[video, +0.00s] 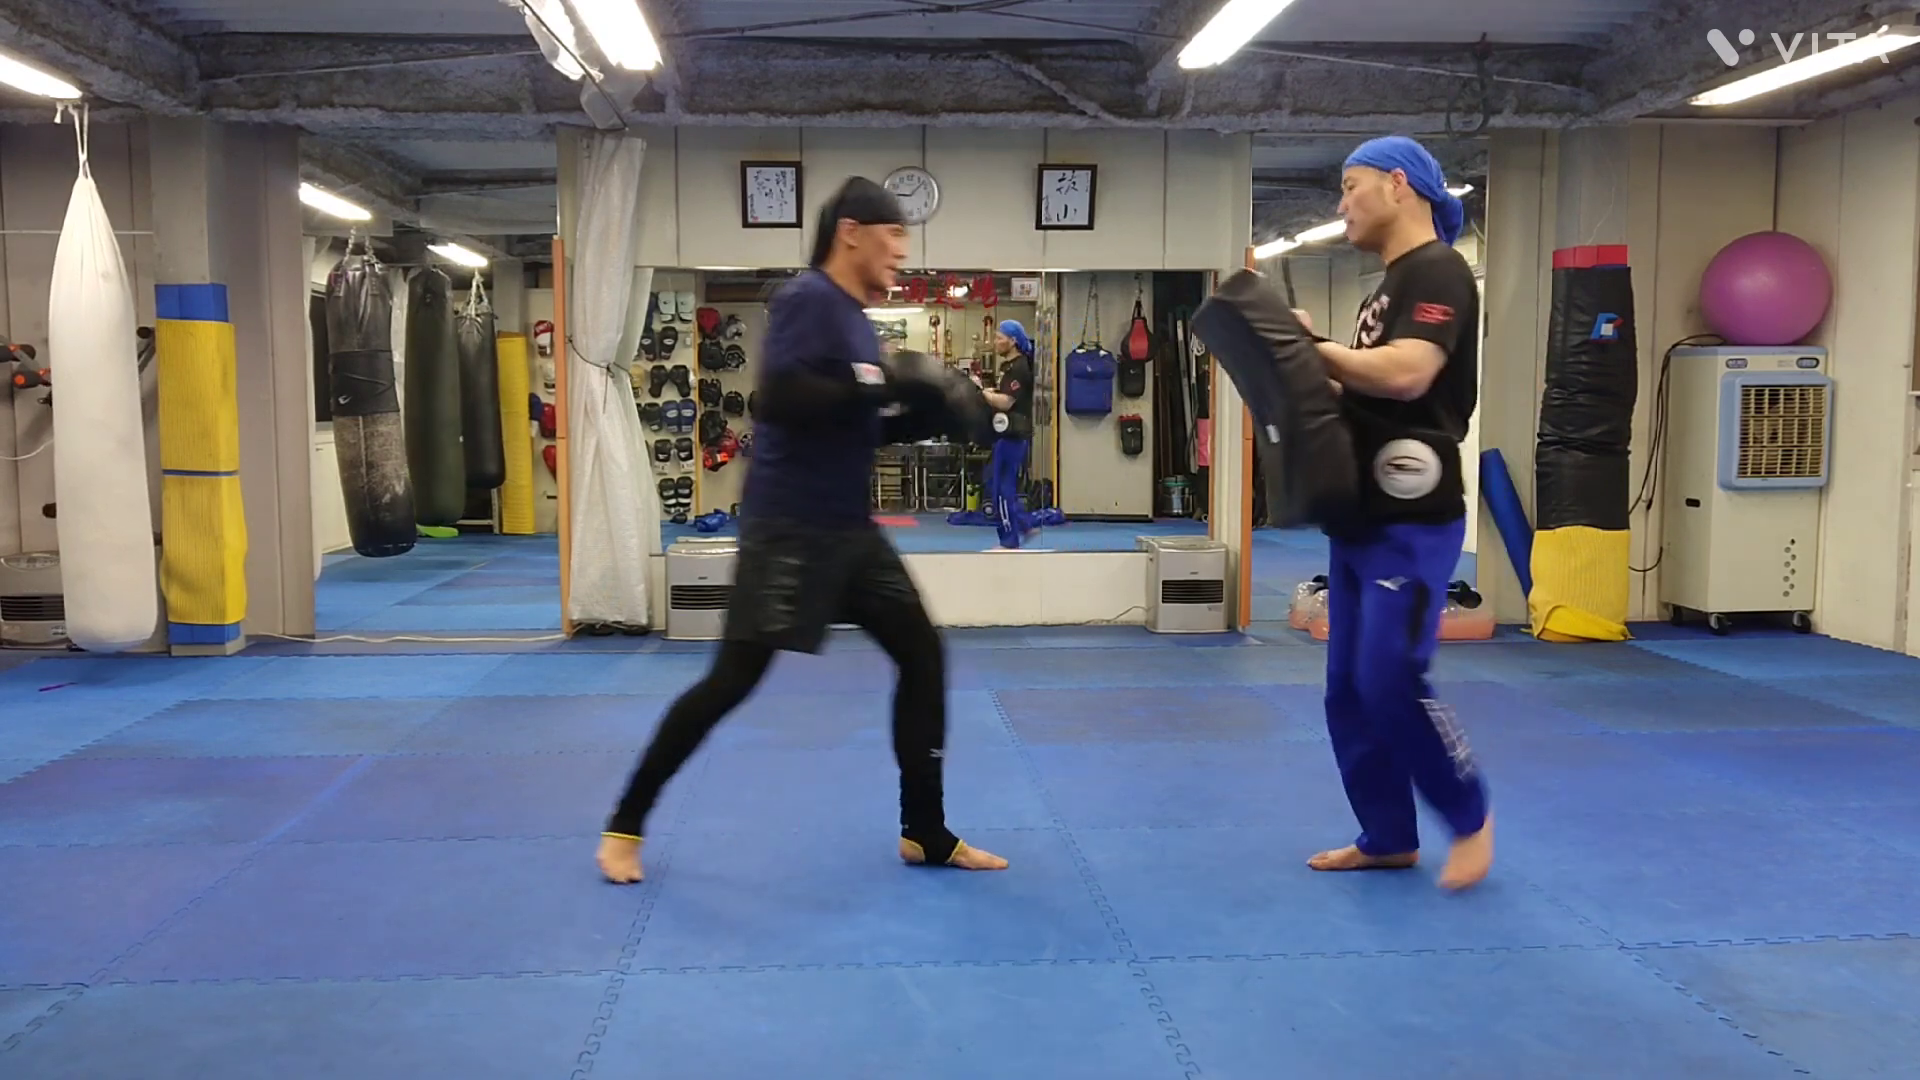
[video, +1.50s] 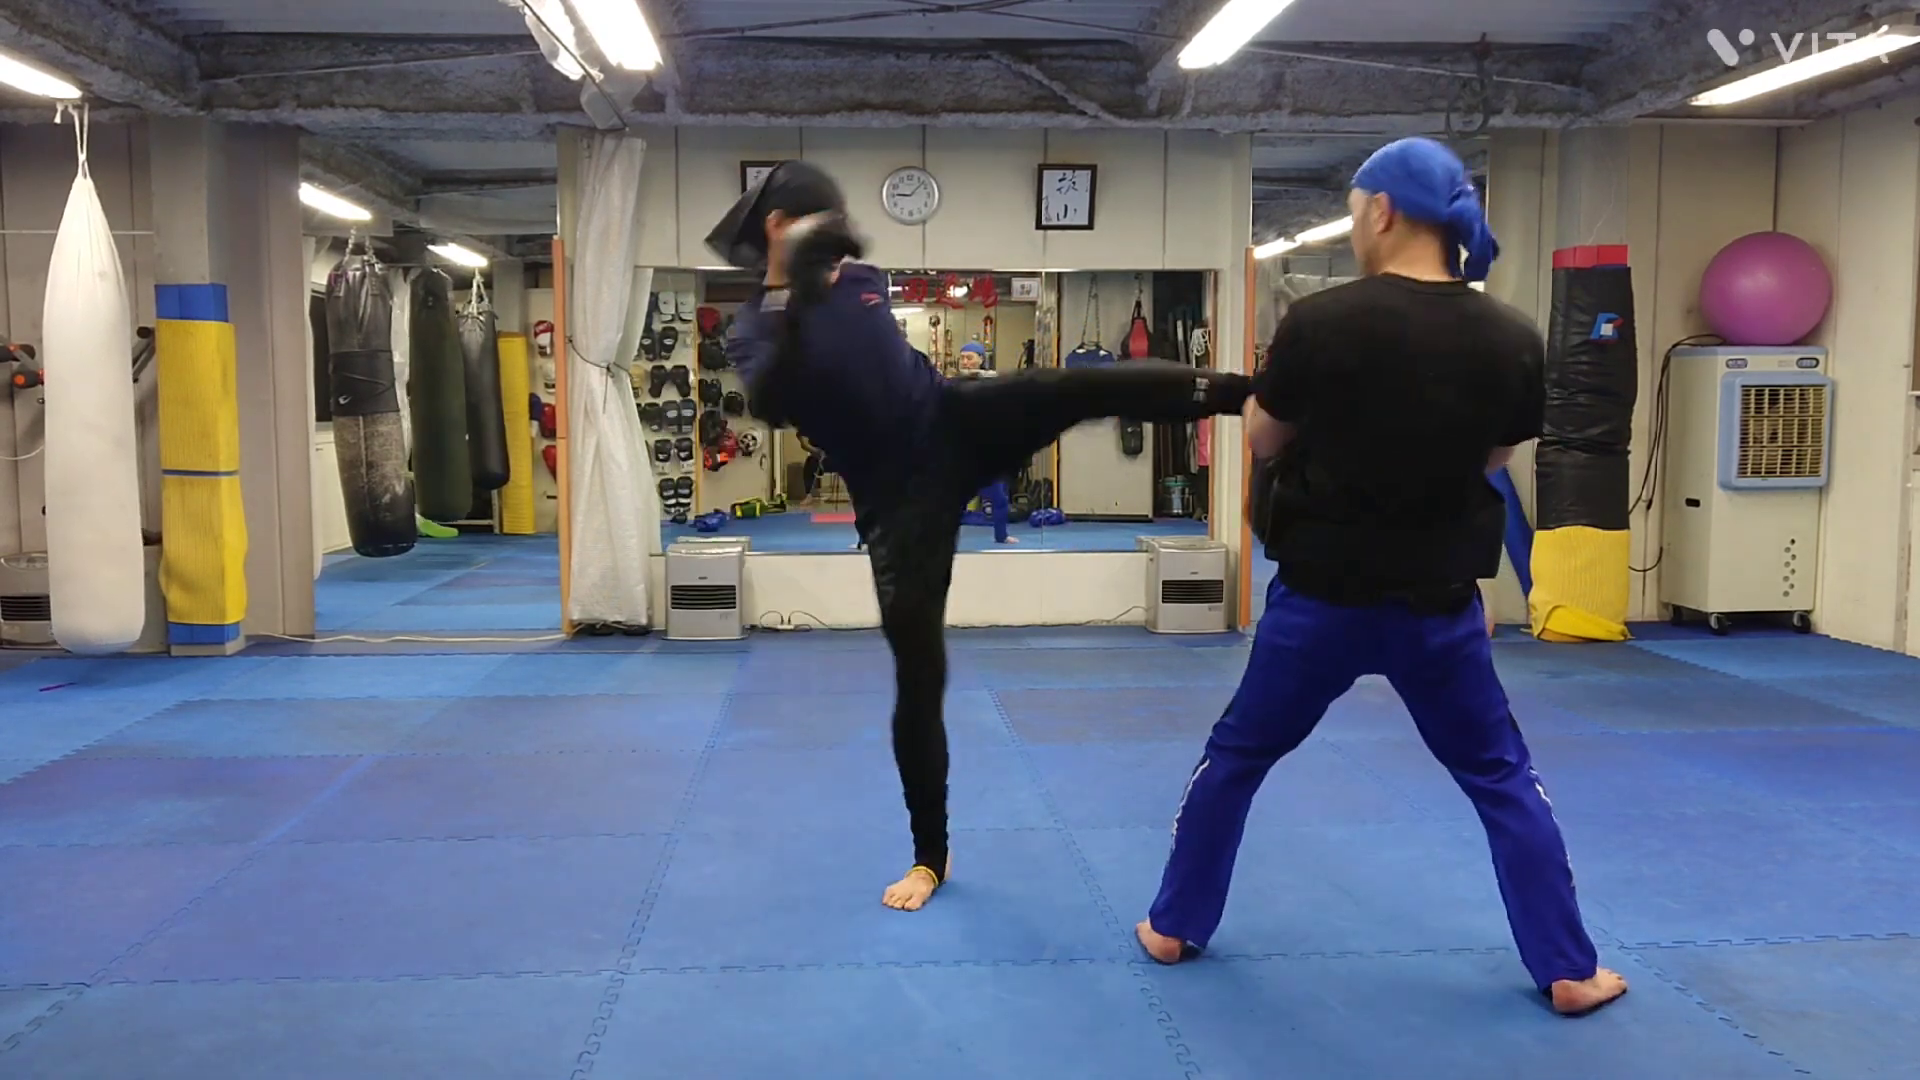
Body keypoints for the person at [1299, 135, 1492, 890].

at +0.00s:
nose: (1341, 206)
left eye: (1352, 189)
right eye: (1343, 192)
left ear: (1399, 190)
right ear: (1394, 194)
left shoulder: (1440, 272)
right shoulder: (1385, 290)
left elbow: (1411, 371)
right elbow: (1371, 384)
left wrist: (1318, 351)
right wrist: (1301, 356)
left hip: (1416, 521)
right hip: (1359, 519)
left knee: (1388, 680)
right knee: (1348, 688)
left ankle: (1470, 817)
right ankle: (1388, 839)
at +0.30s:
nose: (1325, 195)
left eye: (1334, 177)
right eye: (1328, 179)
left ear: (1375, 178)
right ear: (1396, 184)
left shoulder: (1360, 283)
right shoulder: (1455, 283)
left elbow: (1281, 402)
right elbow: (1398, 392)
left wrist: (1260, 359)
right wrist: (1302, 350)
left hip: (1372, 540)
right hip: (1431, 532)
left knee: (1350, 725)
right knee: (1405, 703)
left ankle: (1362, 924)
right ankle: (1403, 847)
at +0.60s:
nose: (1339, 187)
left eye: (1343, 170)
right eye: (1339, 171)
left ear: (1378, 165)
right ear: (1423, 170)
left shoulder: (1337, 277)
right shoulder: (1503, 275)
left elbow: (1268, 404)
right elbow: (1506, 397)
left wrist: (1335, 375)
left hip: (1358, 544)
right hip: (1462, 543)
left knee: (1325, 731)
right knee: (1485, 728)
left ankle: (1356, 922)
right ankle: (1536, 904)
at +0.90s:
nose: (1364, 213)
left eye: (1369, 197)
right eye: (1367, 197)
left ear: (1399, 199)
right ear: (1463, 205)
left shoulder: (1344, 312)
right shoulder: (1537, 312)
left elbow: (1299, 440)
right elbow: (1548, 446)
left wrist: (1370, 414)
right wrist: (1467, 413)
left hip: (1361, 584)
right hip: (1482, 587)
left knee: (1275, 747)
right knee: (1531, 776)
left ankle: (1179, 915)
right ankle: (1571, 974)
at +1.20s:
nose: (1349, 217)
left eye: (1355, 202)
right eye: (1354, 202)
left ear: (1379, 208)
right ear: (1444, 221)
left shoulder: (1318, 314)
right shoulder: (1509, 328)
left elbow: (1271, 436)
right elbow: (1515, 459)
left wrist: (1357, 429)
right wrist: (1435, 435)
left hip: (1325, 600)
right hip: (1444, 608)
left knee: (1244, 756)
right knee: (1508, 780)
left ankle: (1170, 927)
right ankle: (1568, 975)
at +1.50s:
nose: (1353, 225)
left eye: (1358, 209)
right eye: (1357, 209)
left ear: (1387, 215)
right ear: (1450, 224)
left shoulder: (1323, 321)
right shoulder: (1510, 339)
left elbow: (1265, 436)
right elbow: (1494, 457)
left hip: (1320, 605)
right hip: (1439, 609)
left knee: (1235, 758)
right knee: (1502, 776)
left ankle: (1174, 927)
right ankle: (1568, 972)